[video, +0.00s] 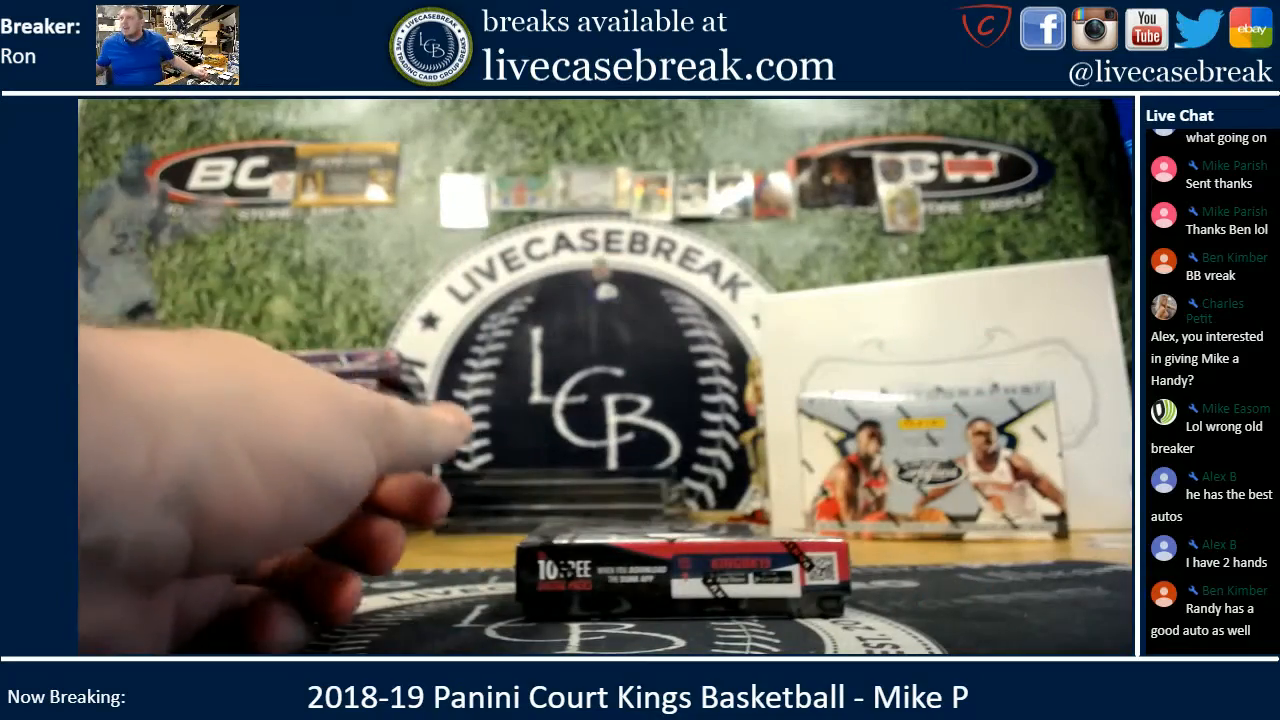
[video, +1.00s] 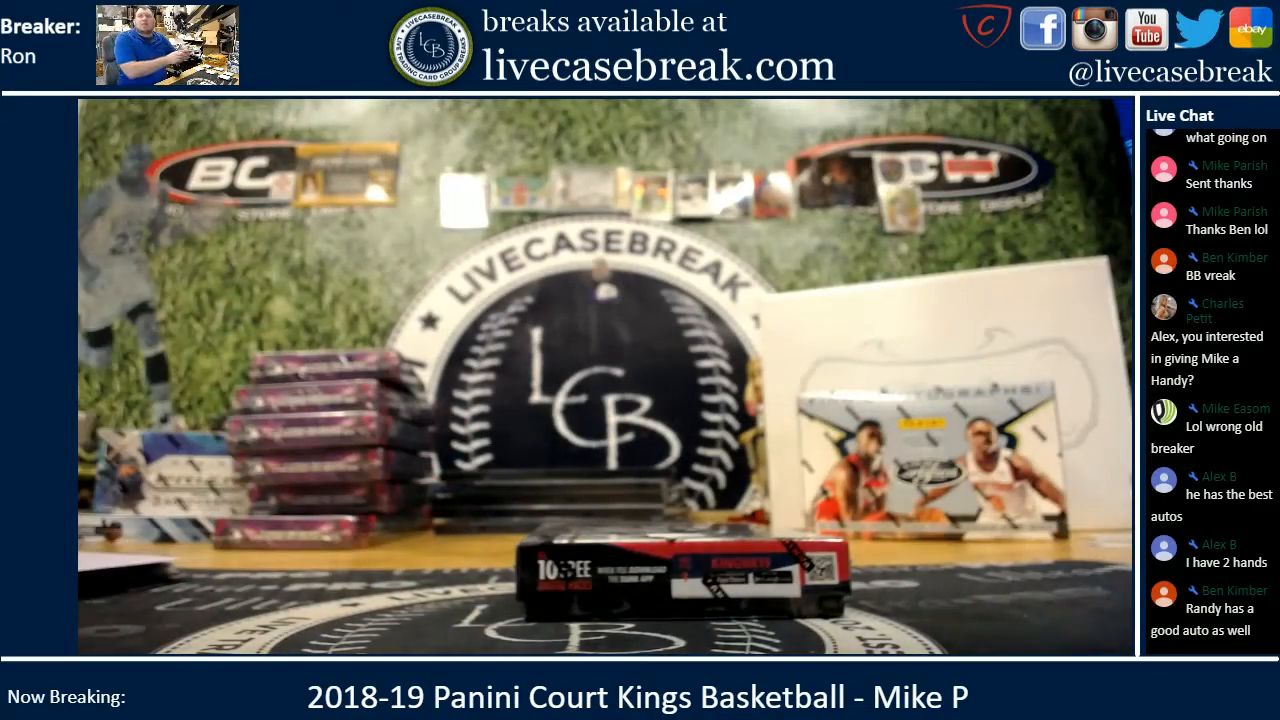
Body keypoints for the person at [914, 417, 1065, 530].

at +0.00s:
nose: (985, 439)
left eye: (989, 434)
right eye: (979, 434)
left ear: (995, 437)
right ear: (969, 438)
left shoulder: (1014, 462)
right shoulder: (964, 464)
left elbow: (1038, 481)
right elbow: (945, 486)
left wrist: (1062, 503)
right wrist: (921, 503)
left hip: (1025, 520)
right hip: (989, 521)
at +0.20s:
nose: (985, 439)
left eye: (988, 434)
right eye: (979, 434)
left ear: (995, 437)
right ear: (969, 438)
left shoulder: (1013, 461)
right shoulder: (964, 464)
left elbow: (1038, 481)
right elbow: (945, 486)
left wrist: (1063, 503)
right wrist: (922, 502)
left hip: (1025, 519)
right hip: (989, 521)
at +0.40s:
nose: (985, 439)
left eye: (988, 434)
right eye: (979, 434)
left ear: (995, 437)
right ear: (969, 438)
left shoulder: (1013, 461)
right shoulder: (964, 464)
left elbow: (1038, 481)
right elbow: (945, 485)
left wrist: (1062, 502)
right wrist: (922, 502)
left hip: (1025, 519)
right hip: (990, 521)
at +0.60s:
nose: (985, 439)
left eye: (988, 434)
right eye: (979, 434)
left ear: (995, 437)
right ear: (969, 438)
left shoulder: (1014, 462)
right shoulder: (964, 464)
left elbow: (1038, 481)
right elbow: (946, 485)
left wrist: (1062, 503)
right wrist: (923, 501)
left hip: (1025, 518)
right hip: (990, 520)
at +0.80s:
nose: (984, 439)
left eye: (988, 434)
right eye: (978, 434)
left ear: (995, 437)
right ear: (969, 438)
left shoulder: (1014, 462)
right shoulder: (964, 464)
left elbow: (1038, 481)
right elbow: (946, 485)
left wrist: (1062, 504)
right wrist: (923, 501)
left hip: (1025, 518)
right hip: (990, 519)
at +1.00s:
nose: (985, 439)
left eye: (989, 434)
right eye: (979, 434)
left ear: (995, 437)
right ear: (969, 438)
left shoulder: (1014, 462)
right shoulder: (964, 464)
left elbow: (1038, 481)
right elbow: (946, 485)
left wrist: (1062, 503)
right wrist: (922, 501)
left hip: (1025, 519)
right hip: (989, 520)